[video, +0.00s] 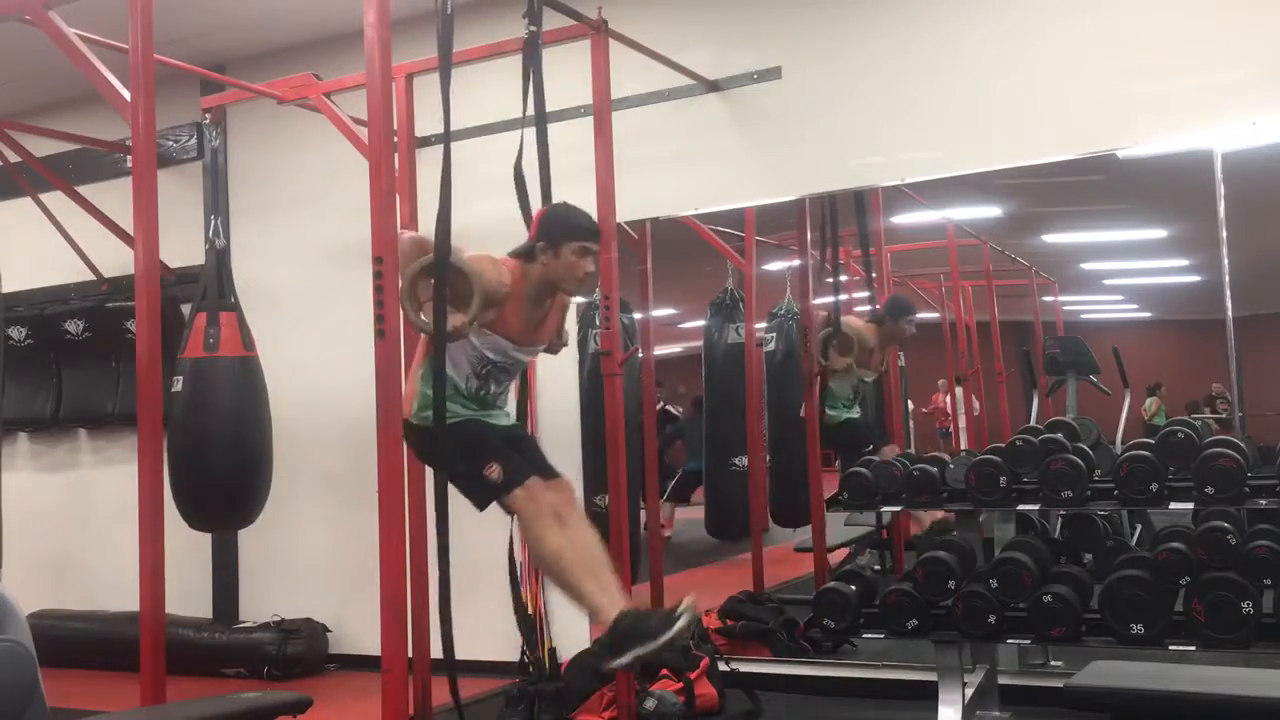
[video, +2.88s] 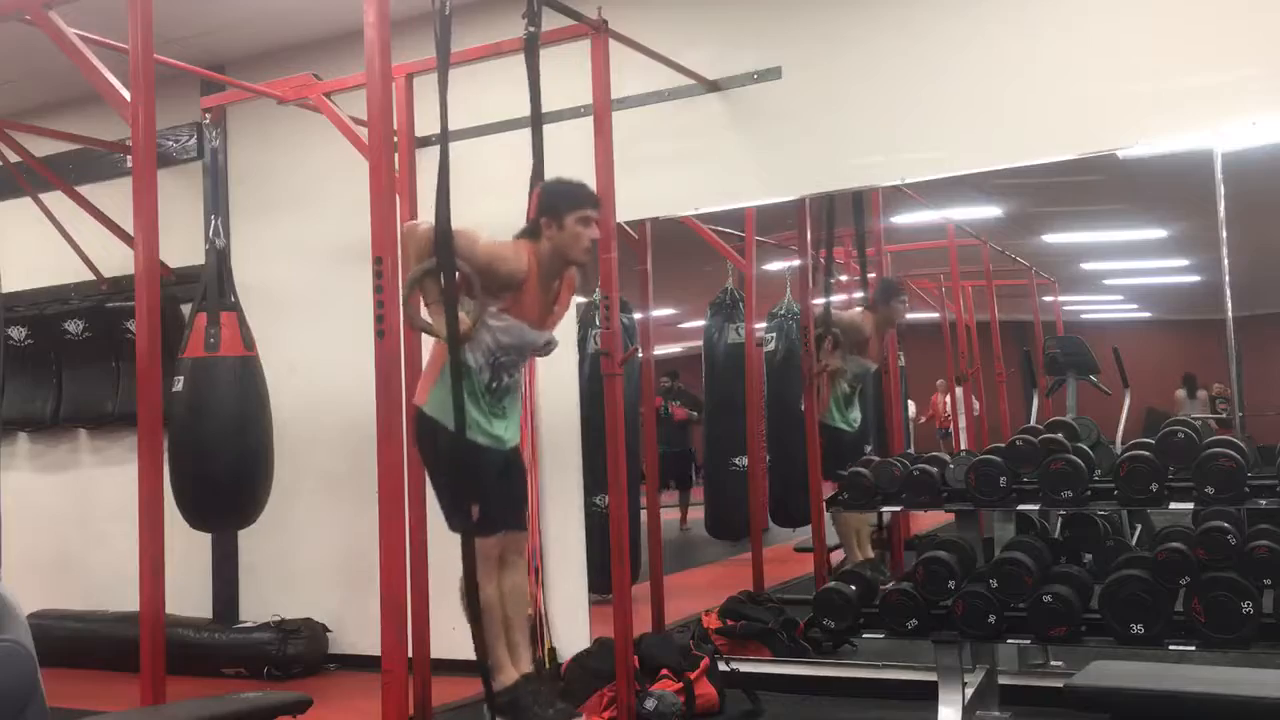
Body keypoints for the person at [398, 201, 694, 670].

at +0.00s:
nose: (592, 269)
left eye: (594, 257)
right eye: (583, 256)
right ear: (547, 253)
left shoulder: (559, 296)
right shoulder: (492, 276)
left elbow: (549, 323)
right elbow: (408, 243)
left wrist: (554, 338)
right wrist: (422, 312)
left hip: (492, 416)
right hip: (439, 414)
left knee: (562, 494)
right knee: (532, 499)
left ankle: (621, 622)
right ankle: (617, 622)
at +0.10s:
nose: (603, 266)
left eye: (605, 255)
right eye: (593, 253)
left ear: (568, 257)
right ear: (557, 254)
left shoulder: (572, 301)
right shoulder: (503, 279)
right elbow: (422, 236)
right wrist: (416, 303)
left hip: (498, 421)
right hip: (442, 415)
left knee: (548, 519)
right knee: (518, 520)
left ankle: (584, 653)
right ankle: (570, 656)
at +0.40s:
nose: (605, 209)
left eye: (606, 198)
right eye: (594, 198)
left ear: (596, 207)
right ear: (557, 204)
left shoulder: (582, 262)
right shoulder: (514, 249)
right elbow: (421, 230)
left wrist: (540, 330)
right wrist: (418, 309)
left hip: (513, 398)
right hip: (455, 391)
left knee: (525, 509)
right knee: (491, 510)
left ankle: (510, 649)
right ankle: (488, 657)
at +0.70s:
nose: (585, 135)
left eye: (586, 125)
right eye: (573, 125)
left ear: (580, 135)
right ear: (536, 129)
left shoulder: (569, 197)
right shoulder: (507, 190)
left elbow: (532, 266)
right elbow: (414, 235)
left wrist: (535, 326)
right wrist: (425, 308)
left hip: (513, 353)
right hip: (466, 346)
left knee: (514, 468)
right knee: (483, 468)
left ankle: (490, 603)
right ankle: (461, 609)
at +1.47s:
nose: (562, 85)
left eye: (565, 76)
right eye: (551, 74)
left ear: (561, 85)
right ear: (516, 77)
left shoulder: (553, 153)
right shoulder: (492, 137)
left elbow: (545, 241)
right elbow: (461, 221)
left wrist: (551, 310)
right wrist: (450, 301)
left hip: (527, 313)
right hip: (480, 308)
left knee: (539, 430)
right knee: (512, 427)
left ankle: (562, 556)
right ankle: (536, 561)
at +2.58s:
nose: (583, 159)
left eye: (587, 149)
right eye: (572, 147)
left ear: (585, 156)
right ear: (537, 148)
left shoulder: (570, 216)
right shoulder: (503, 202)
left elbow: (529, 278)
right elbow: (411, 242)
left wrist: (548, 325)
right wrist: (441, 317)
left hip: (523, 359)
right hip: (474, 361)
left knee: (534, 492)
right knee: (502, 492)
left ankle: (546, 626)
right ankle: (525, 632)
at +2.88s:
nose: (594, 234)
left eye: (596, 225)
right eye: (584, 223)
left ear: (586, 232)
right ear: (548, 225)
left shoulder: (565, 279)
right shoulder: (509, 261)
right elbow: (415, 234)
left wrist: (526, 343)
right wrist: (434, 310)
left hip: (499, 417)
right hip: (452, 414)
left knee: (513, 543)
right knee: (487, 548)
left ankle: (525, 672)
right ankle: (502, 682)